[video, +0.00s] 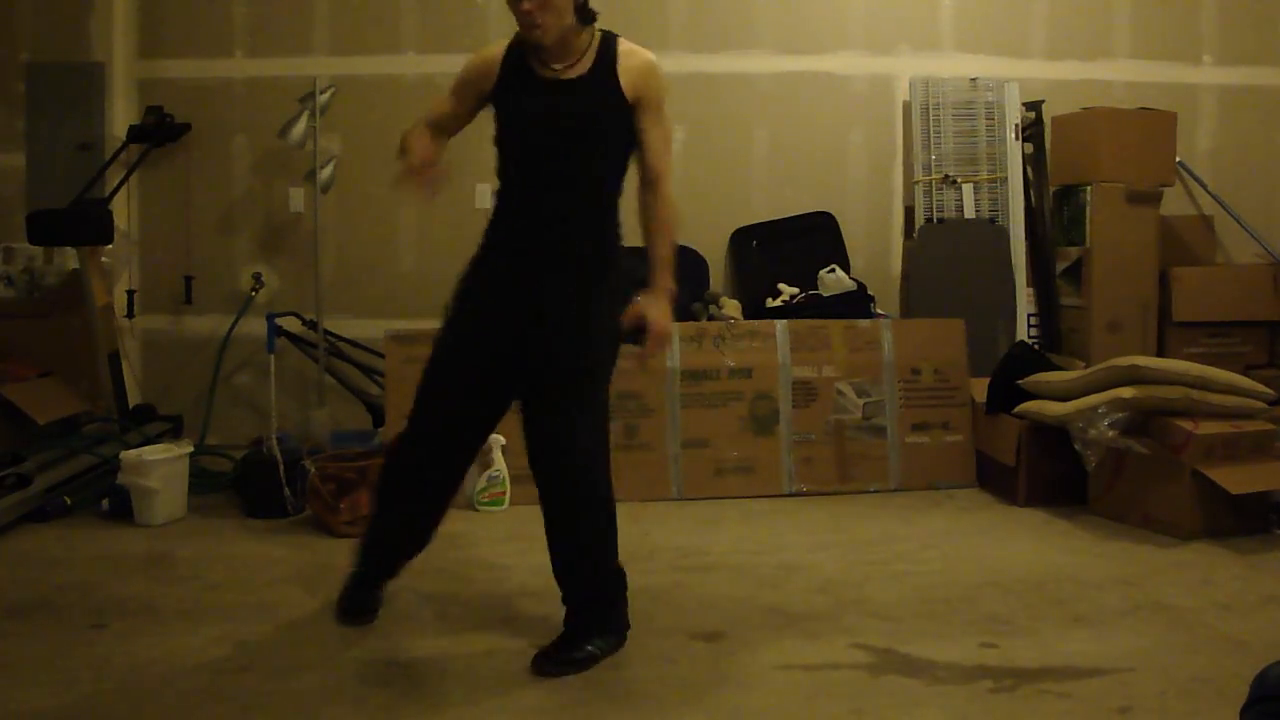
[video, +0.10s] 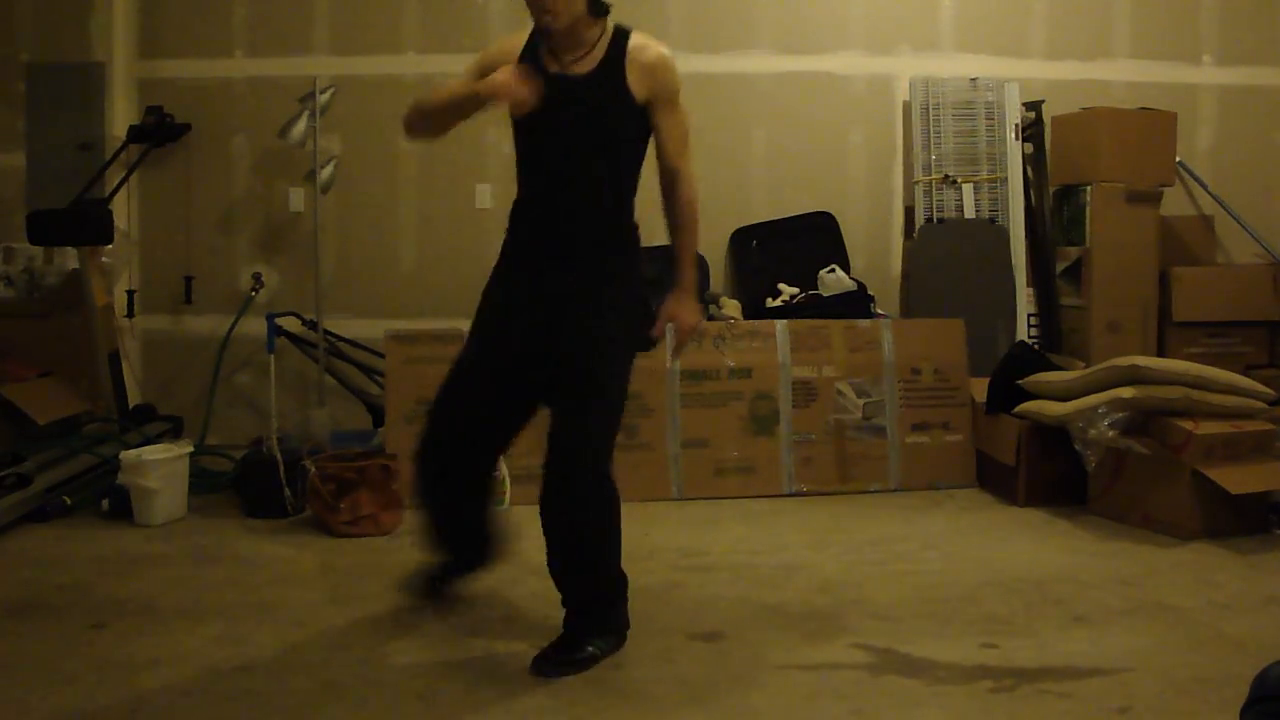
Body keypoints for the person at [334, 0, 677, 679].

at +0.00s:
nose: (526, 9)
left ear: (578, 3)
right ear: (510, 6)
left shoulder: (632, 71)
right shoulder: (497, 67)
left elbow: (655, 184)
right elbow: (431, 127)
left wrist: (660, 285)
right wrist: (420, 152)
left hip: (581, 287)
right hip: (500, 280)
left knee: (571, 458)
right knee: (435, 432)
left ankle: (598, 619)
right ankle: (373, 567)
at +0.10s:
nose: (542, 13)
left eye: (555, 3)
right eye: (535, 3)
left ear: (591, 0)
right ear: (528, 3)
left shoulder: (645, 63)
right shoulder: (511, 59)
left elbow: (678, 175)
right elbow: (416, 124)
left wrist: (685, 285)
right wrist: (481, 90)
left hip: (605, 288)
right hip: (524, 282)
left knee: (576, 461)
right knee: (452, 435)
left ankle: (597, 621)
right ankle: (465, 549)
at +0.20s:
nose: (576, 7)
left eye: (588, 2)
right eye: (568, 0)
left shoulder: (660, 36)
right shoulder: (529, 24)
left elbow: (692, 145)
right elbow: (433, 88)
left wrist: (704, 245)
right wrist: (527, 60)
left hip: (615, 260)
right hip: (535, 252)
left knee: (590, 435)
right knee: (505, 418)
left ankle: (591, 614)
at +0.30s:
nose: (596, 4)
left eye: (607, 2)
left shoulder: (670, 36)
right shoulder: (537, 22)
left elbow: (703, 134)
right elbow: (463, 99)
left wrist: (719, 225)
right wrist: (562, 61)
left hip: (631, 248)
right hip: (556, 244)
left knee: (602, 421)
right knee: (576, 416)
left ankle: (582, 620)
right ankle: (697, 526)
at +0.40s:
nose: (595, 6)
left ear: (637, 4)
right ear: (569, 1)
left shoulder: (673, 75)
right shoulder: (533, 65)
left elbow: (710, 162)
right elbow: (490, 155)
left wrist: (729, 244)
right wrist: (584, 101)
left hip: (654, 280)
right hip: (578, 283)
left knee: (620, 454)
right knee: (656, 436)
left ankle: (571, 643)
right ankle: (754, 556)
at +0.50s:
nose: (598, 8)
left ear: (641, 9)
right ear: (570, 4)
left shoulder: (667, 82)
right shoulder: (527, 73)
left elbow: (694, 178)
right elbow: (510, 185)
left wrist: (727, 265)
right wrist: (596, 170)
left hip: (652, 280)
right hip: (578, 285)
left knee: (618, 453)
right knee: (654, 430)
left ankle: (577, 635)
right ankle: (752, 553)